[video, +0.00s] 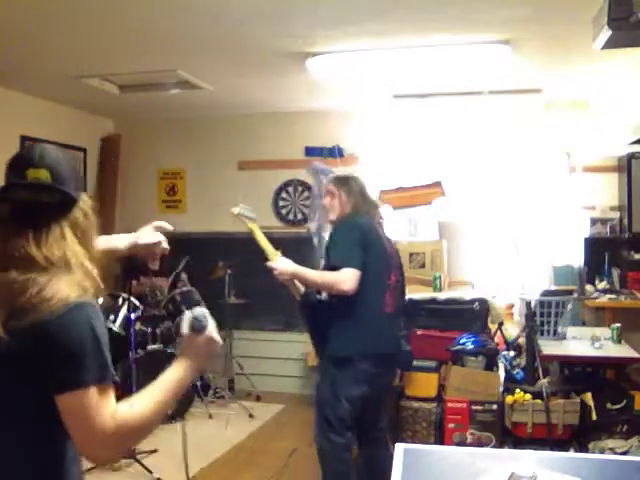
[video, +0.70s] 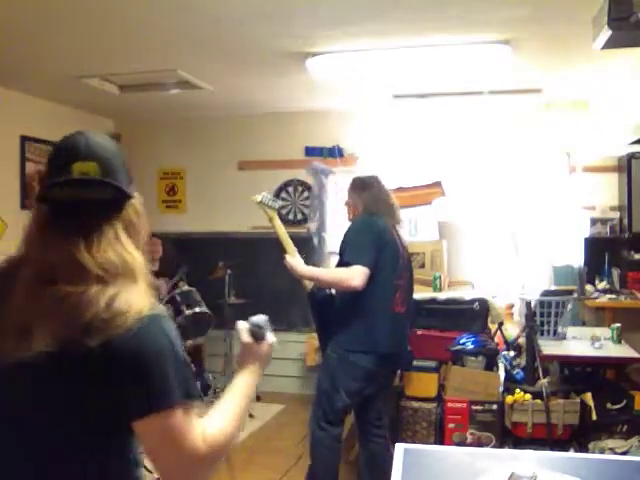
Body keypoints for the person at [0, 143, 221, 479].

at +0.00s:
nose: (90, 217)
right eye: (84, 206)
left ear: (8, 213)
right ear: (73, 218)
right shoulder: (65, 311)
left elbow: (51, 255)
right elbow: (103, 440)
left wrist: (127, 243)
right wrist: (189, 363)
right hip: (45, 470)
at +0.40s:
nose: (89, 213)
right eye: (84, 204)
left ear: (5, 211)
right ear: (76, 213)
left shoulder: (6, 290)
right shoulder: (74, 307)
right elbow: (121, 434)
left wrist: (88, 261)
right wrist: (192, 348)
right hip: (52, 471)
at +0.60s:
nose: (126, 222)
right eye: (119, 205)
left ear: (29, 216)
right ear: (109, 217)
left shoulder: (7, 301)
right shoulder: (110, 321)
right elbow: (160, 458)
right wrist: (225, 366)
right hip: (85, 471)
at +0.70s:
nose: (145, 216)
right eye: (138, 202)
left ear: (41, 210)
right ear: (127, 214)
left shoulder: (8, 296)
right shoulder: (131, 323)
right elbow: (186, 461)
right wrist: (251, 368)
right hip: (106, 470)